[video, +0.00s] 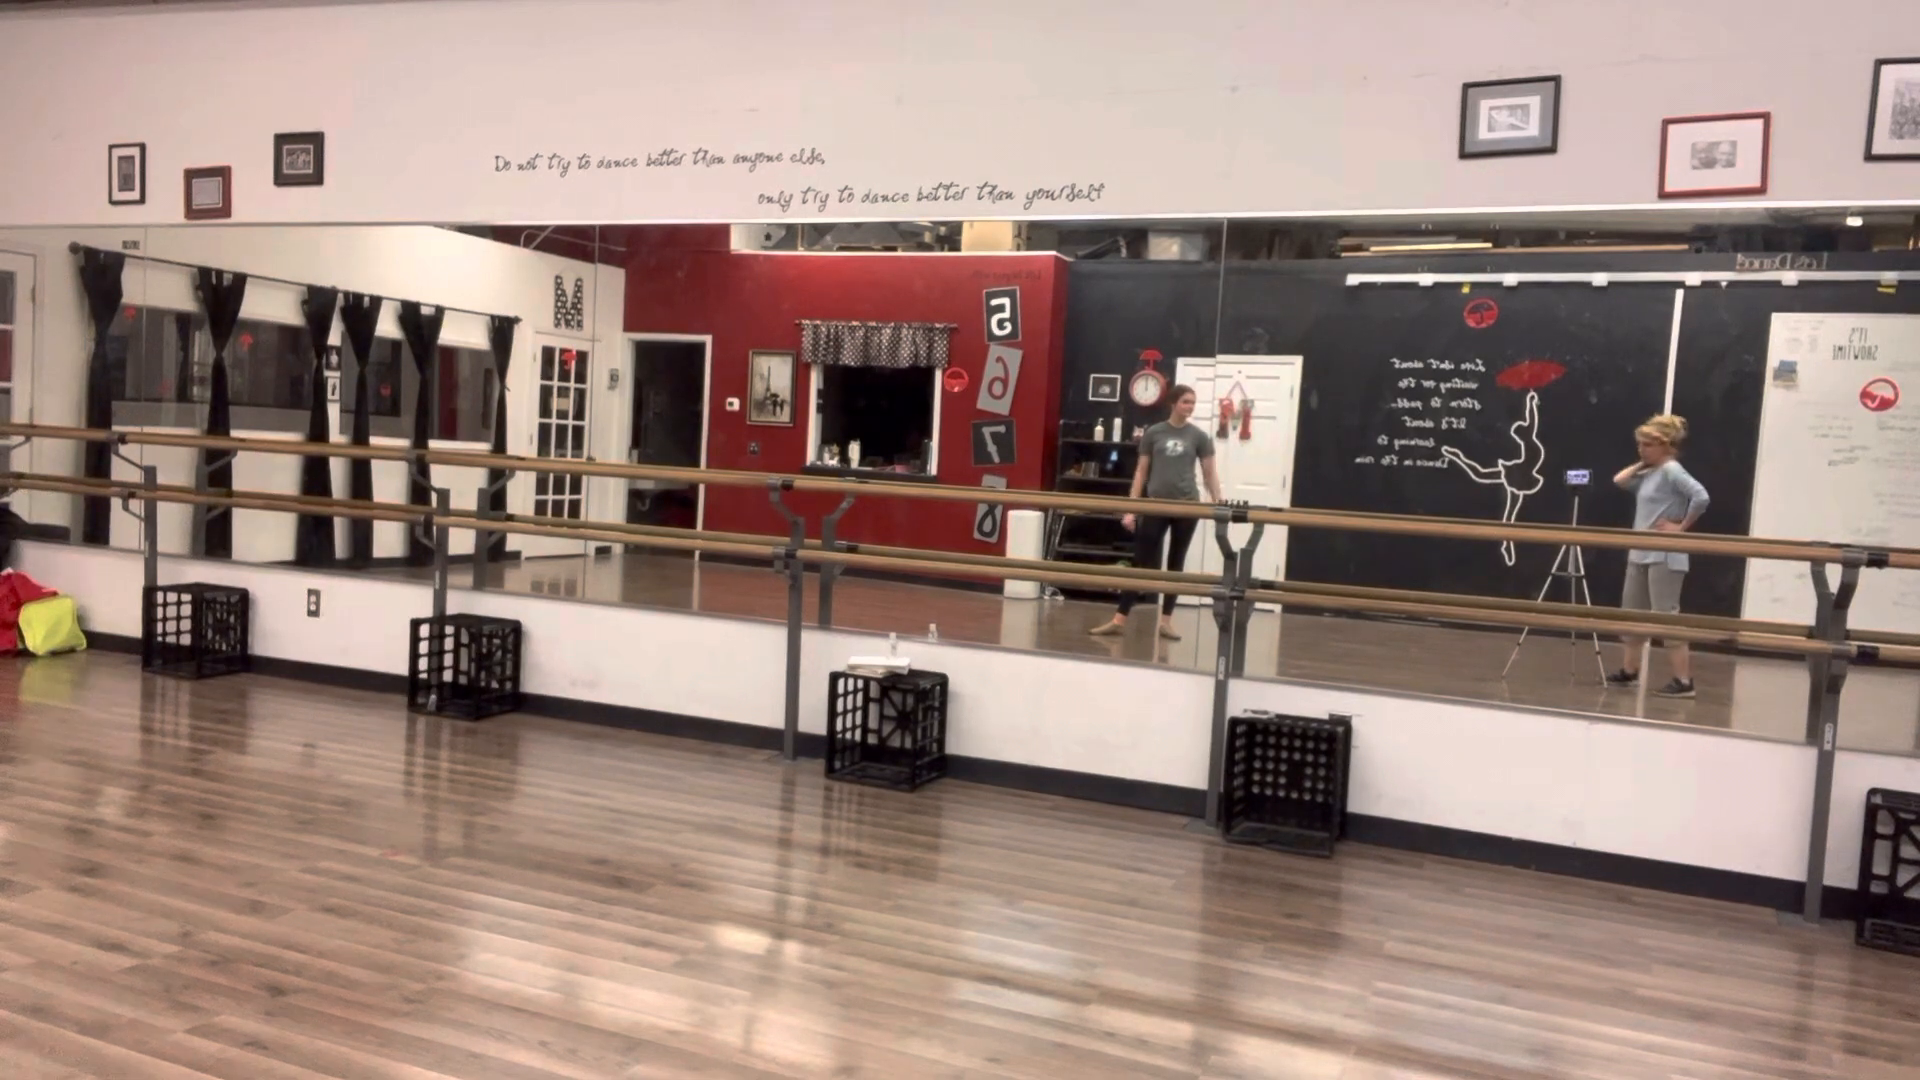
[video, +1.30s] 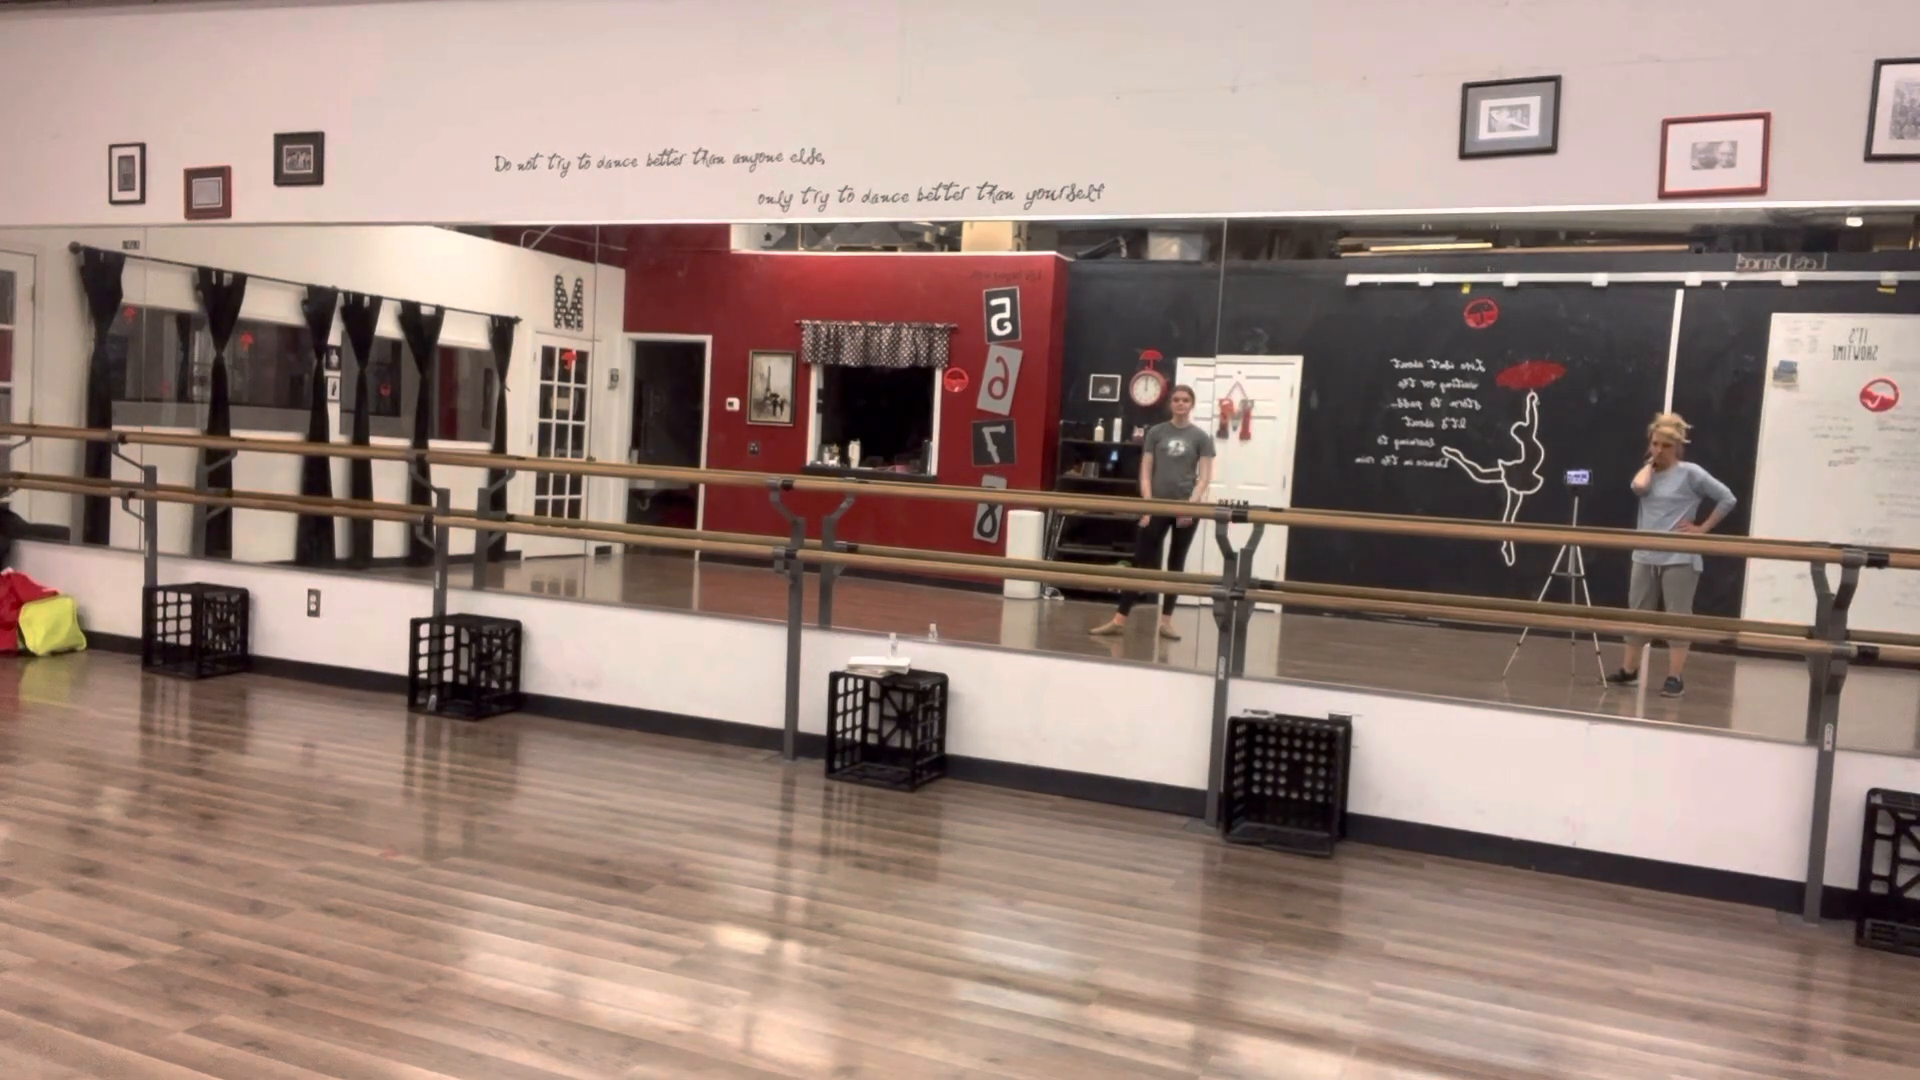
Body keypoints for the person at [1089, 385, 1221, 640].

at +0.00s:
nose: (1189, 407)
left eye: (1192, 403)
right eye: (1185, 402)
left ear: (1194, 406)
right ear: (1173, 403)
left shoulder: (1199, 437)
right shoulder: (1152, 433)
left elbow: (1209, 474)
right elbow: (1141, 472)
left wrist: (1217, 502)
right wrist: (1131, 507)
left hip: (1186, 509)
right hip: (1155, 506)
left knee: (1175, 564)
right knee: (1141, 560)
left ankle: (1165, 620)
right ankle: (1120, 618)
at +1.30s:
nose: (1180, 404)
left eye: (1185, 400)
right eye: (1176, 400)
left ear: (1192, 405)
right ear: (1170, 403)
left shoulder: (1202, 438)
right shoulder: (1155, 432)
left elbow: (1204, 478)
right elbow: (1145, 472)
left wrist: (1191, 507)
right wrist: (1148, 507)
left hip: (1185, 509)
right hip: (1157, 506)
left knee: (1176, 564)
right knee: (1141, 560)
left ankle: (1166, 620)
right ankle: (1120, 617)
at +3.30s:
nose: (1184, 406)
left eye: (1188, 402)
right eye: (1180, 402)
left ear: (1192, 406)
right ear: (1170, 404)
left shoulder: (1199, 435)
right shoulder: (1153, 433)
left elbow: (1215, 471)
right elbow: (1138, 469)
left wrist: (1227, 503)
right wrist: (1119, 505)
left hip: (1186, 508)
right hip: (1155, 506)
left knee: (1175, 564)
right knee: (1141, 559)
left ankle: (1166, 620)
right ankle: (1119, 618)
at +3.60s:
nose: (1186, 407)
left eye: (1189, 403)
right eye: (1182, 403)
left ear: (1192, 406)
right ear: (1170, 404)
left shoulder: (1200, 437)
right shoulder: (1153, 432)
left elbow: (1206, 478)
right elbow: (1142, 471)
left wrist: (1203, 512)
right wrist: (1137, 507)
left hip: (1184, 508)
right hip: (1154, 506)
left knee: (1175, 565)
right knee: (1140, 560)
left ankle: (1166, 619)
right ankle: (1120, 617)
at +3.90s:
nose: (1185, 406)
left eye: (1187, 402)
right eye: (1180, 402)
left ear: (1191, 405)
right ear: (1170, 404)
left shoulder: (1199, 436)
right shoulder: (1152, 433)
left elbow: (1201, 477)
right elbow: (1146, 474)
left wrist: (1177, 505)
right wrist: (1156, 507)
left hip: (1184, 508)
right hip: (1155, 504)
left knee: (1174, 562)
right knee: (1140, 558)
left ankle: (1165, 619)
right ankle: (1119, 616)